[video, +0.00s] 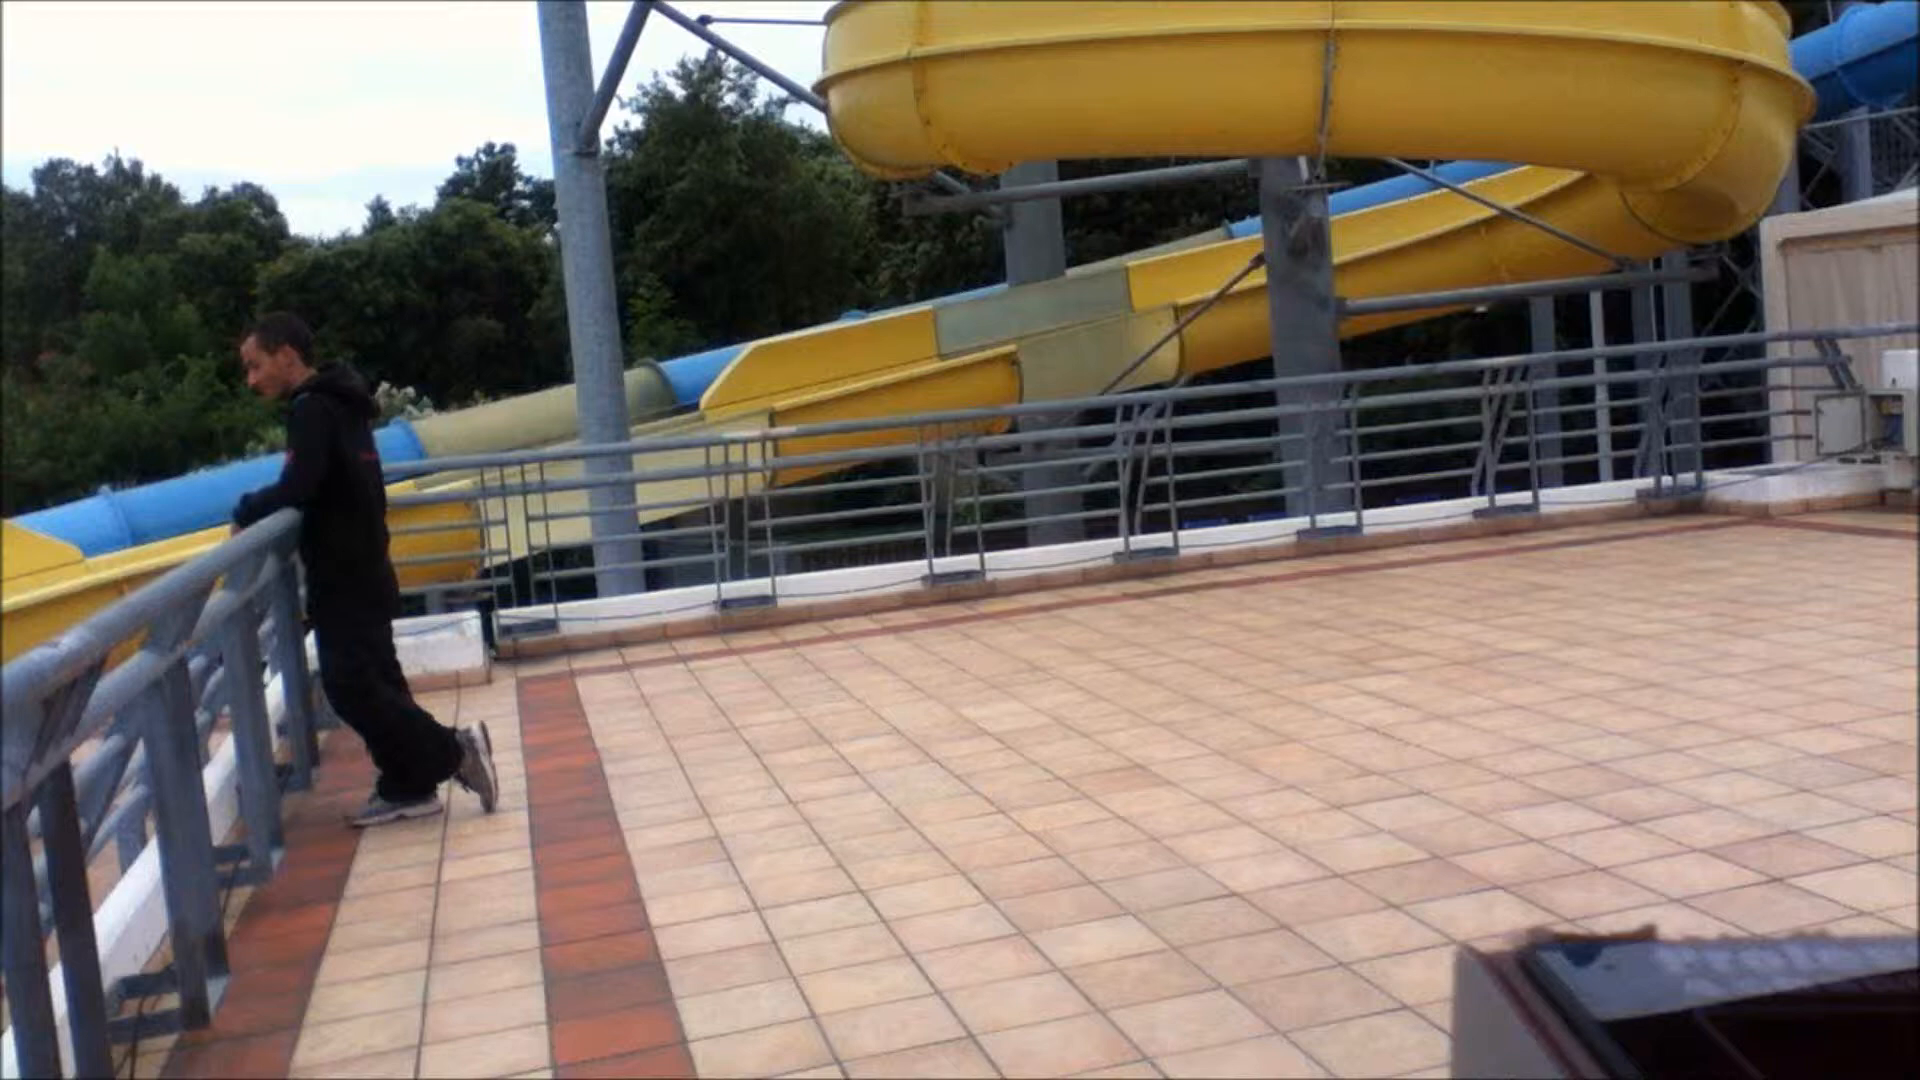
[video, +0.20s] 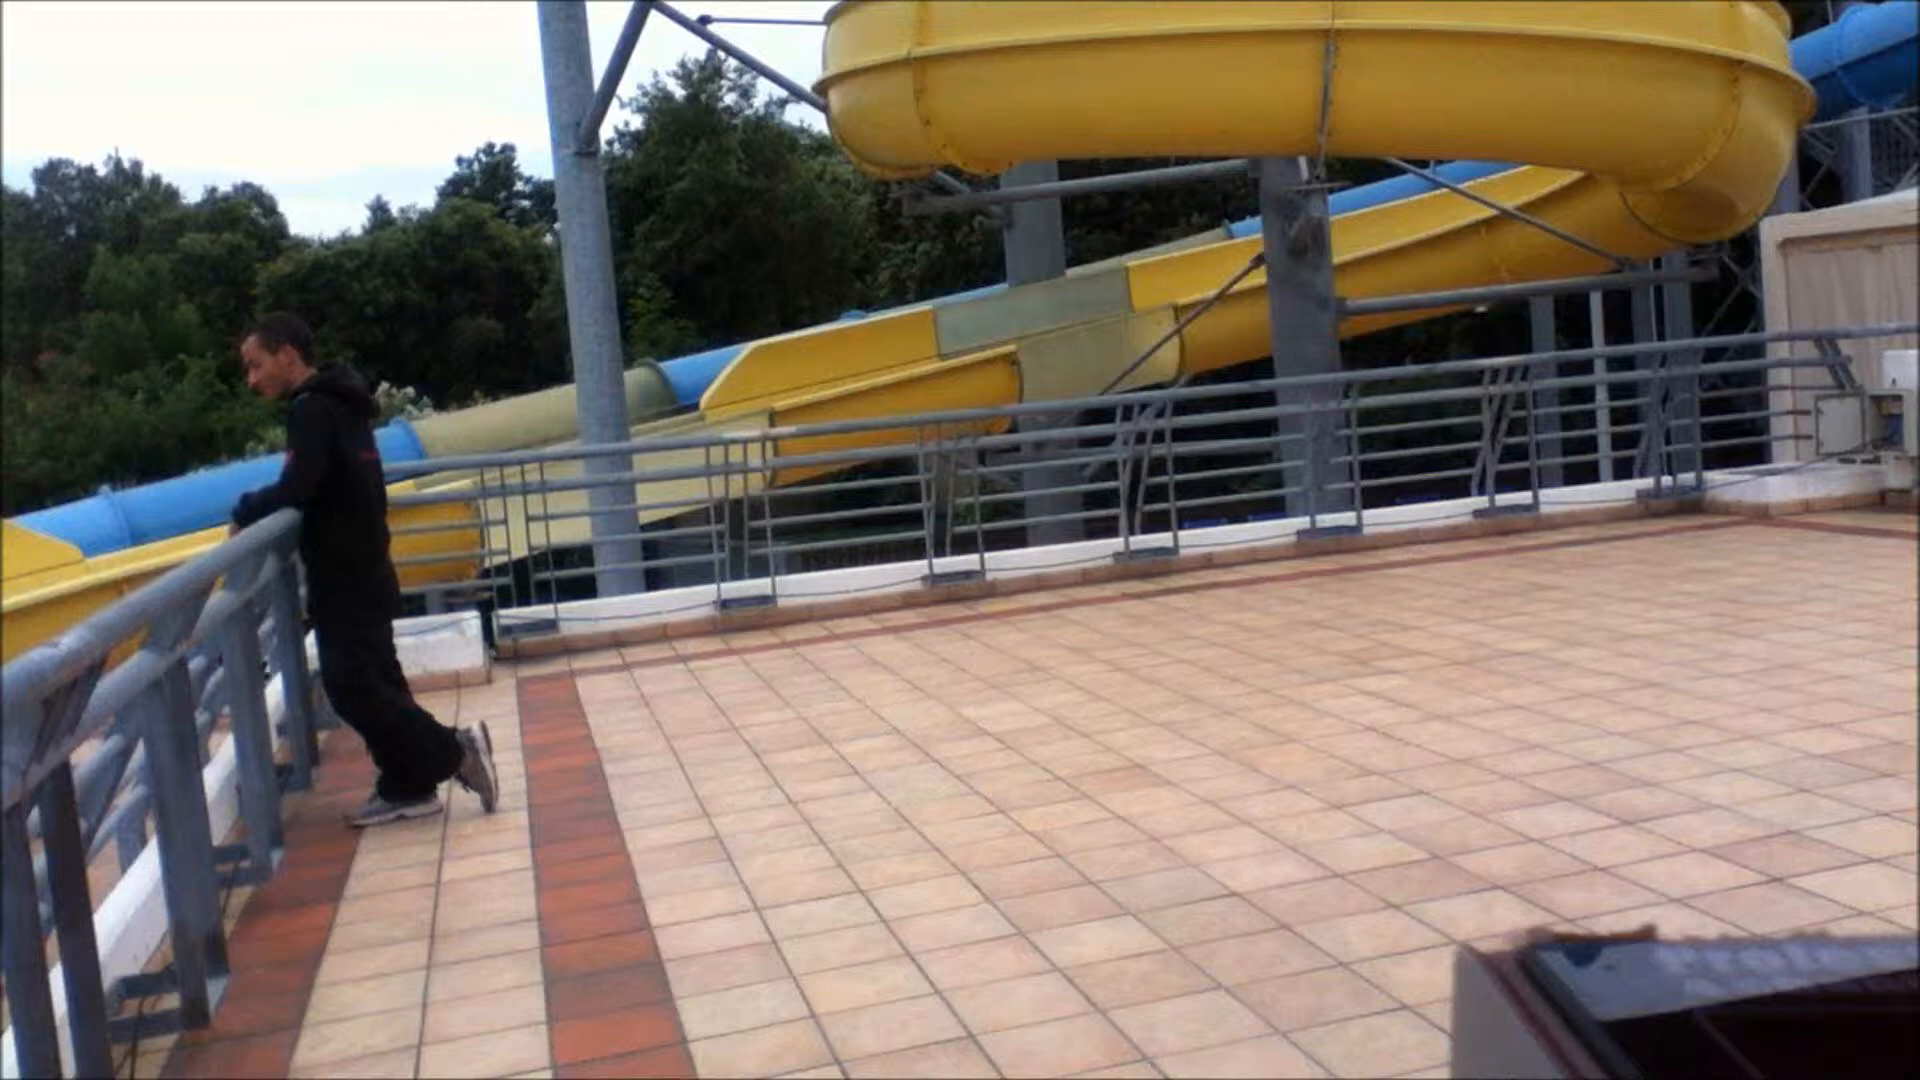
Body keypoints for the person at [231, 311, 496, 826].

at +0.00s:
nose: (250, 380)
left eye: (254, 366)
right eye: (247, 369)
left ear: (288, 357)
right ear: (292, 361)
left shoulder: (312, 410)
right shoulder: (337, 399)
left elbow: (303, 487)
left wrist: (246, 510)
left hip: (343, 575)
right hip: (363, 570)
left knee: (348, 689)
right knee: (376, 677)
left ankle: (453, 752)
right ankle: (406, 790)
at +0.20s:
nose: (250, 379)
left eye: (255, 365)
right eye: (247, 368)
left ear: (288, 357)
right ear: (292, 360)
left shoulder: (313, 409)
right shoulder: (337, 399)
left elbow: (302, 487)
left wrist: (245, 510)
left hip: (344, 574)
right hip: (364, 569)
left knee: (349, 690)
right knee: (376, 678)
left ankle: (453, 752)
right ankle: (406, 790)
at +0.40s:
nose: (250, 379)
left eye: (253, 365)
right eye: (247, 367)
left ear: (284, 358)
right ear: (291, 360)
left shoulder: (312, 409)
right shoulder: (337, 398)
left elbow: (302, 487)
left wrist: (244, 509)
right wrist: (262, 508)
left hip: (345, 573)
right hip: (365, 567)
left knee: (349, 690)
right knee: (376, 676)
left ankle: (454, 751)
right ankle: (406, 789)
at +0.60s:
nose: (255, 375)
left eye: (254, 365)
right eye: (253, 366)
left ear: (270, 363)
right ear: (301, 352)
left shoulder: (312, 409)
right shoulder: (339, 398)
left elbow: (298, 489)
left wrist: (243, 508)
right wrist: (260, 509)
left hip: (344, 574)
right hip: (365, 567)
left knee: (349, 688)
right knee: (377, 675)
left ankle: (455, 748)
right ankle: (405, 787)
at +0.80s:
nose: (255, 375)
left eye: (254, 365)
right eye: (253, 365)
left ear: (269, 362)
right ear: (300, 351)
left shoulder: (310, 408)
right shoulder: (337, 397)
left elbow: (298, 489)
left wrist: (243, 507)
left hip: (343, 572)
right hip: (364, 566)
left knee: (348, 686)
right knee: (376, 674)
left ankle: (453, 748)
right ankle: (405, 786)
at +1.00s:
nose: (253, 377)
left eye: (252, 367)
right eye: (251, 368)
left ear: (268, 363)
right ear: (300, 352)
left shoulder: (308, 408)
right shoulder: (337, 397)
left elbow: (298, 488)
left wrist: (244, 509)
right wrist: (261, 508)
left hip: (343, 573)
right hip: (364, 567)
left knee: (348, 687)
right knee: (376, 675)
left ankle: (452, 750)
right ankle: (406, 787)